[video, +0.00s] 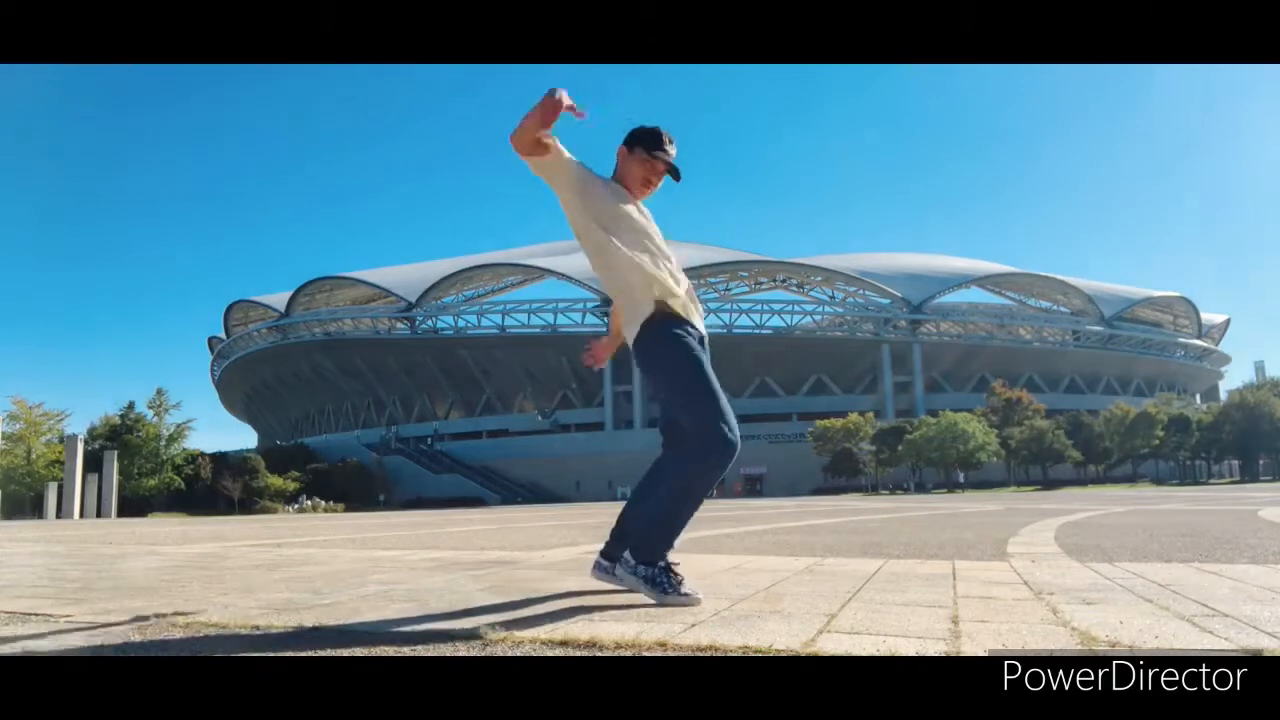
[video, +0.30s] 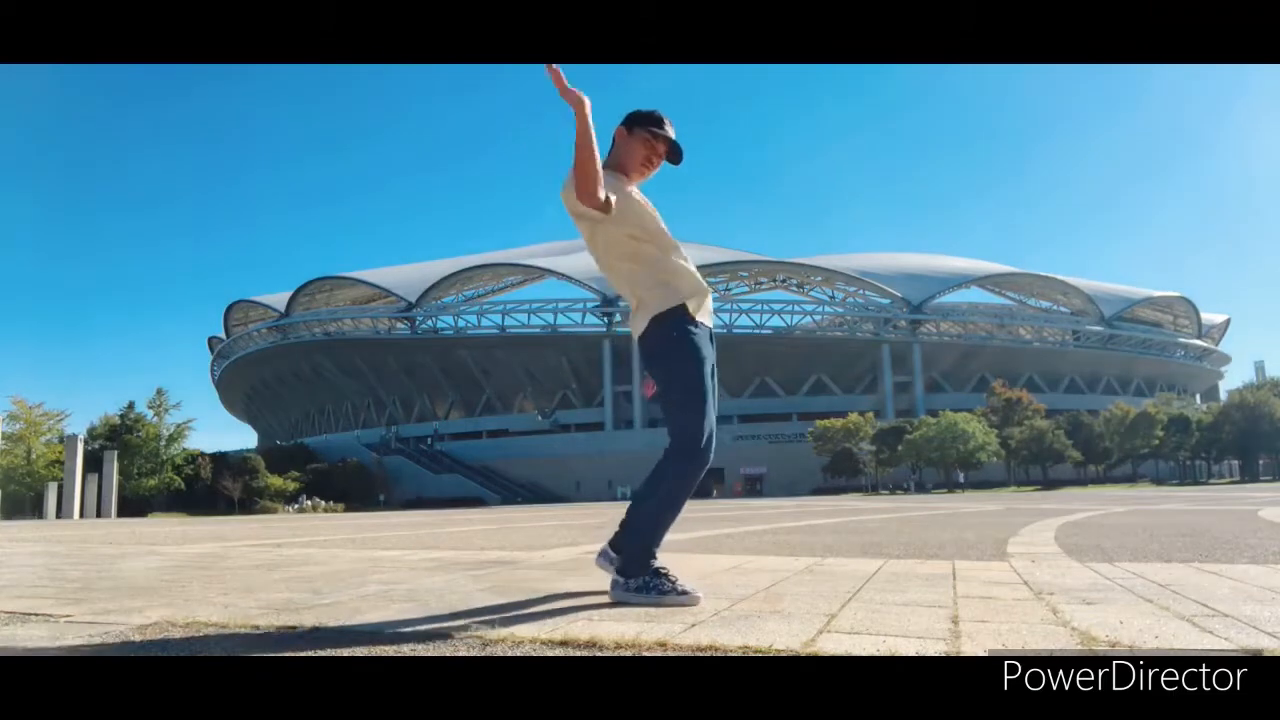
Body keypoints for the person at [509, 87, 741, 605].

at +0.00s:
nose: (657, 178)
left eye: (664, 173)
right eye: (652, 165)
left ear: (661, 178)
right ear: (624, 154)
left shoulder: (635, 217)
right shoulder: (585, 185)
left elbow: (640, 283)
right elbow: (526, 142)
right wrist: (551, 106)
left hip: (683, 336)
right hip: (663, 333)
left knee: (685, 446)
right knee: (717, 440)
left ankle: (619, 555)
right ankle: (642, 558)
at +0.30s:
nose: (655, 161)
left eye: (661, 158)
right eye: (649, 147)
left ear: (659, 163)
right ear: (622, 136)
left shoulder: (626, 194)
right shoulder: (596, 186)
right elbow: (589, 193)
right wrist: (583, 109)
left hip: (688, 328)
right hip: (671, 328)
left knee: (696, 445)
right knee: (693, 446)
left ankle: (626, 549)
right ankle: (635, 571)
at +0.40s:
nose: (656, 150)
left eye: (662, 147)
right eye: (651, 138)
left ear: (660, 152)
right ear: (622, 126)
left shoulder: (639, 191)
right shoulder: (591, 176)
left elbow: (662, 251)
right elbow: (577, 208)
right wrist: (594, 132)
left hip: (698, 326)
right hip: (669, 323)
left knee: (709, 447)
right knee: (686, 435)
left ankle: (630, 538)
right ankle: (637, 569)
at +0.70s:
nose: (666, 146)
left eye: (673, 140)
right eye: (661, 133)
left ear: (672, 142)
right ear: (632, 120)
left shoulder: (645, 177)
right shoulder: (602, 173)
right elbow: (550, 185)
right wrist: (589, 116)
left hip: (693, 330)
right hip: (663, 329)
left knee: (709, 449)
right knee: (694, 442)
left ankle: (650, 557)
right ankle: (637, 569)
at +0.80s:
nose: (670, 144)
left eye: (677, 137)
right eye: (666, 131)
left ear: (675, 136)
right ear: (636, 118)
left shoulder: (660, 172)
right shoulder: (589, 174)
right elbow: (509, 172)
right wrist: (550, 111)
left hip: (694, 330)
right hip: (656, 331)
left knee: (710, 442)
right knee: (695, 443)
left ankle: (648, 555)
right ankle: (635, 569)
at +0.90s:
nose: (672, 149)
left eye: (679, 141)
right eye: (667, 135)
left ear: (679, 143)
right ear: (637, 125)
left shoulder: (668, 183)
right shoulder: (588, 181)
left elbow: (660, 249)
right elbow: (505, 181)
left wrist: (628, 295)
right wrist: (550, 127)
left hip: (690, 338)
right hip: (648, 338)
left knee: (713, 446)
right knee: (696, 447)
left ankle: (645, 554)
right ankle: (636, 566)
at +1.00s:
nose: (674, 161)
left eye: (682, 155)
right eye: (668, 148)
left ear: (683, 157)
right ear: (638, 138)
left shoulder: (661, 199)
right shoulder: (593, 193)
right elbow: (518, 212)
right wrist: (554, 155)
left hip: (682, 349)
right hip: (646, 351)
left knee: (726, 450)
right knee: (701, 452)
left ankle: (647, 546)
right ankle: (641, 569)